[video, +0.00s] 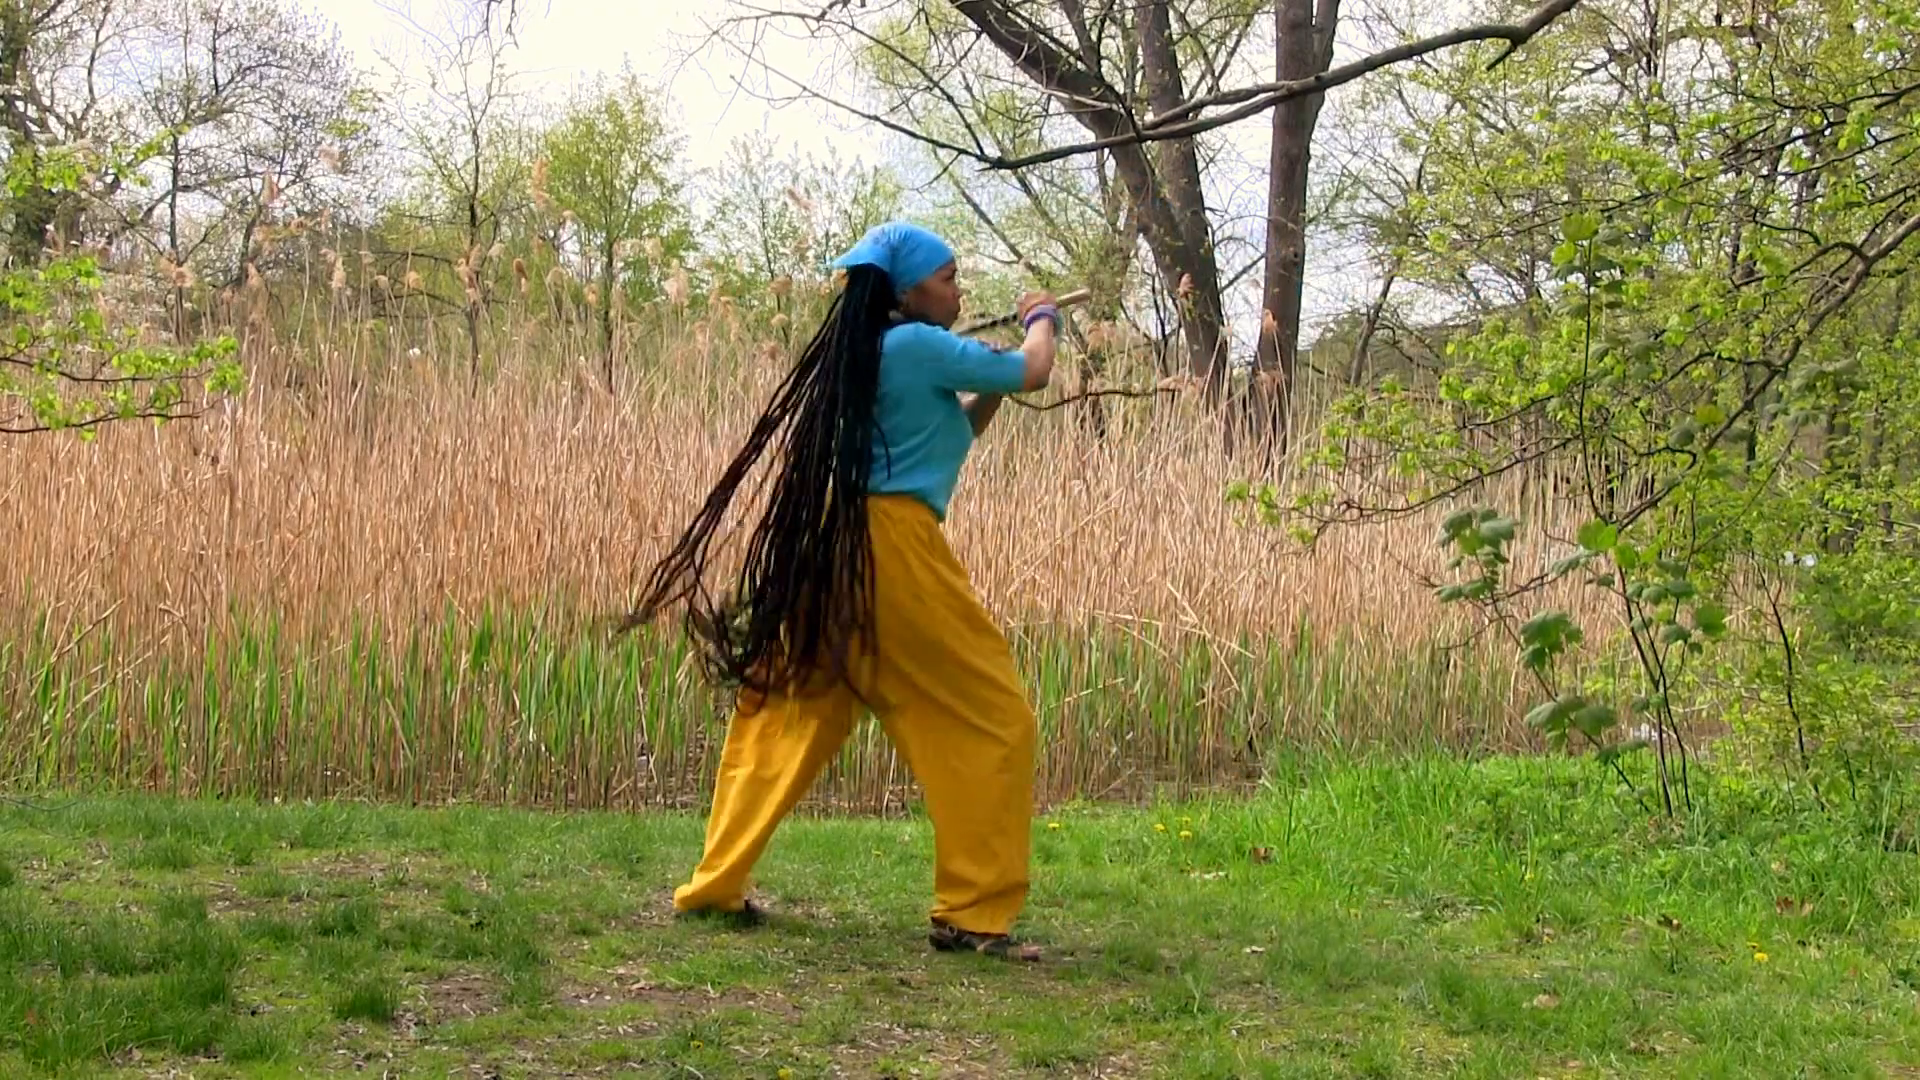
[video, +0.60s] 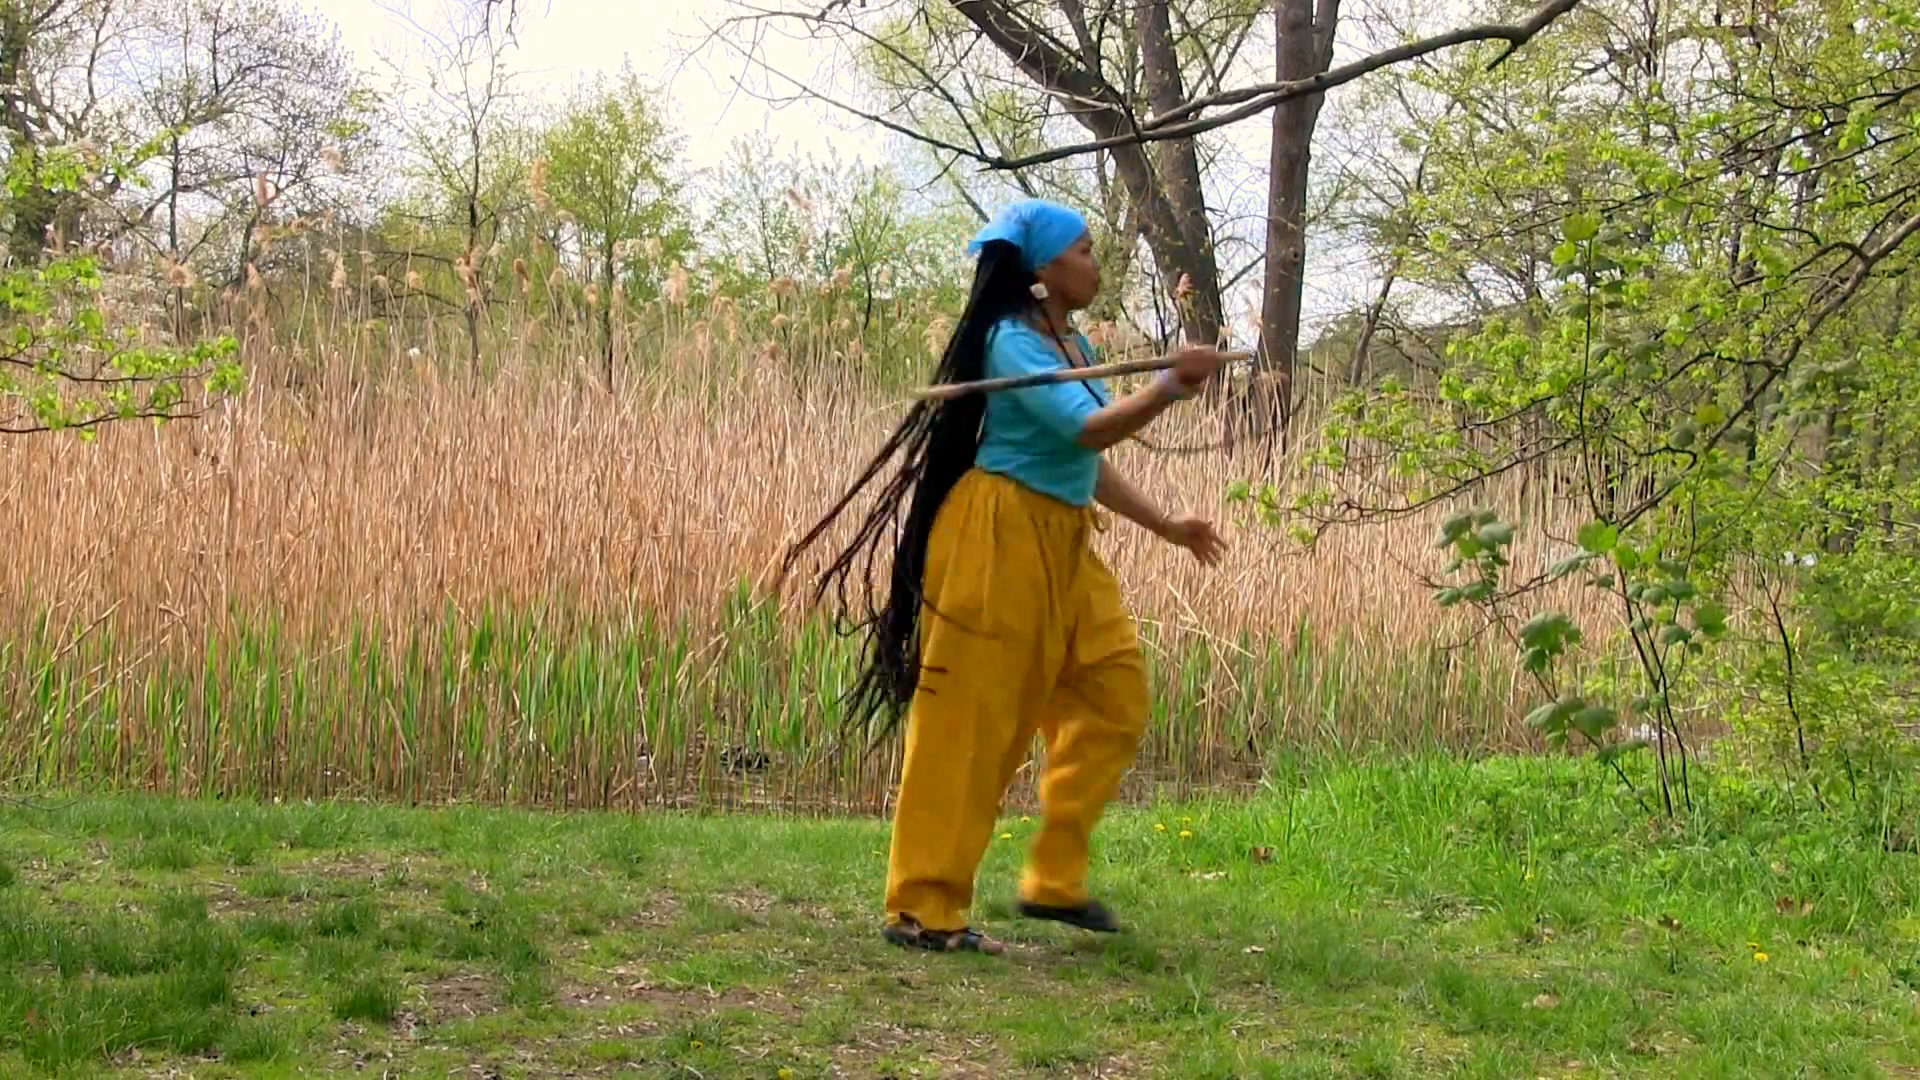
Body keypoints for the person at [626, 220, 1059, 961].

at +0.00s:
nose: (958, 289)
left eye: (953, 275)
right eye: (945, 277)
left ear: (892, 293)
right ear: (906, 289)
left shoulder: (867, 350)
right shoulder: (924, 346)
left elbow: (950, 431)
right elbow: (1032, 369)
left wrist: (999, 371)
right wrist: (1042, 320)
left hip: (833, 539)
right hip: (898, 541)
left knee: (788, 700)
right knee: (1000, 714)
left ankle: (716, 886)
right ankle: (971, 913)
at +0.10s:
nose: (953, 291)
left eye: (950, 276)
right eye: (941, 278)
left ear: (895, 292)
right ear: (899, 291)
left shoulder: (857, 350)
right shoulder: (902, 352)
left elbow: (909, 433)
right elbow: (998, 424)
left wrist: (964, 383)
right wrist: (1070, 386)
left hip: (830, 539)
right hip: (890, 544)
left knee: (788, 706)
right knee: (991, 713)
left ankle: (715, 883)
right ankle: (967, 910)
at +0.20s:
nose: (966, 290)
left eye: (962, 275)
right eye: (954, 277)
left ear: (915, 292)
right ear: (912, 292)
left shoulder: (927, 349)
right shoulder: (895, 359)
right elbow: (950, 476)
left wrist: (1032, 334)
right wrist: (1051, 485)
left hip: (853, 541)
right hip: (892, 544)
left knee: (809, 715)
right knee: (983, 717)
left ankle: (715, 885)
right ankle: (940, 910)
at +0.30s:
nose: (992, 285)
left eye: (987, 274)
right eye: (979, 277)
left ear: (954, 294)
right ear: (940, 297)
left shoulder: (987, 346)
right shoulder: (891, 367)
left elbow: (1095, 322)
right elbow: (882, 482)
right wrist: (968, 537)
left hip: (933, 564)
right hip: (895, 564)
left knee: (832, 727)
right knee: (982, 728)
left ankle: (723, 876)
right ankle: (926, 910)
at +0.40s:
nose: (1023, 269)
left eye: (1018, 259)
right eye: (1009, 262)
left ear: (986, 280)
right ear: (971, 283)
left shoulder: (1026, 342)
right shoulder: (915, 357)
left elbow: (1130, 363)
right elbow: (883, 469)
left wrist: (1243, 366)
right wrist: (947, 510)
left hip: (984, 563)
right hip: (923, 561)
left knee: (898, 714)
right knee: (973, 729)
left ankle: (786, 837)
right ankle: (930, 911)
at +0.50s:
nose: (1058, 265)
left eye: (1053, 252)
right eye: (1046, 254)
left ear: (1019, 269)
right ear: (1005, 271)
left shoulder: (1051, 344)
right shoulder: (953, 352)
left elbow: (1119, 433)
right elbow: (961, 464)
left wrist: (1211, 481)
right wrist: (1034, 459)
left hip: (1022, 551)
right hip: (959, 545)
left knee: (1043, 720)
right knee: (967, 724)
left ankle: (895, 823)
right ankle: (928, 909)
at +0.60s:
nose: (1096, 263)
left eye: (1091, 250)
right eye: (1083, 252)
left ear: (1058, 269)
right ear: (1043, 269)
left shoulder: (1069, 344)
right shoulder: (1011, 338)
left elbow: (1089, 466)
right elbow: (1087, 429)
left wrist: (1169, 526)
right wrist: (1169, 386)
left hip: (1061, 538)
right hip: (998, 525)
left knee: (1113, 699)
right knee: (971, 710)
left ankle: (1055, 883)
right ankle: (924, 906)